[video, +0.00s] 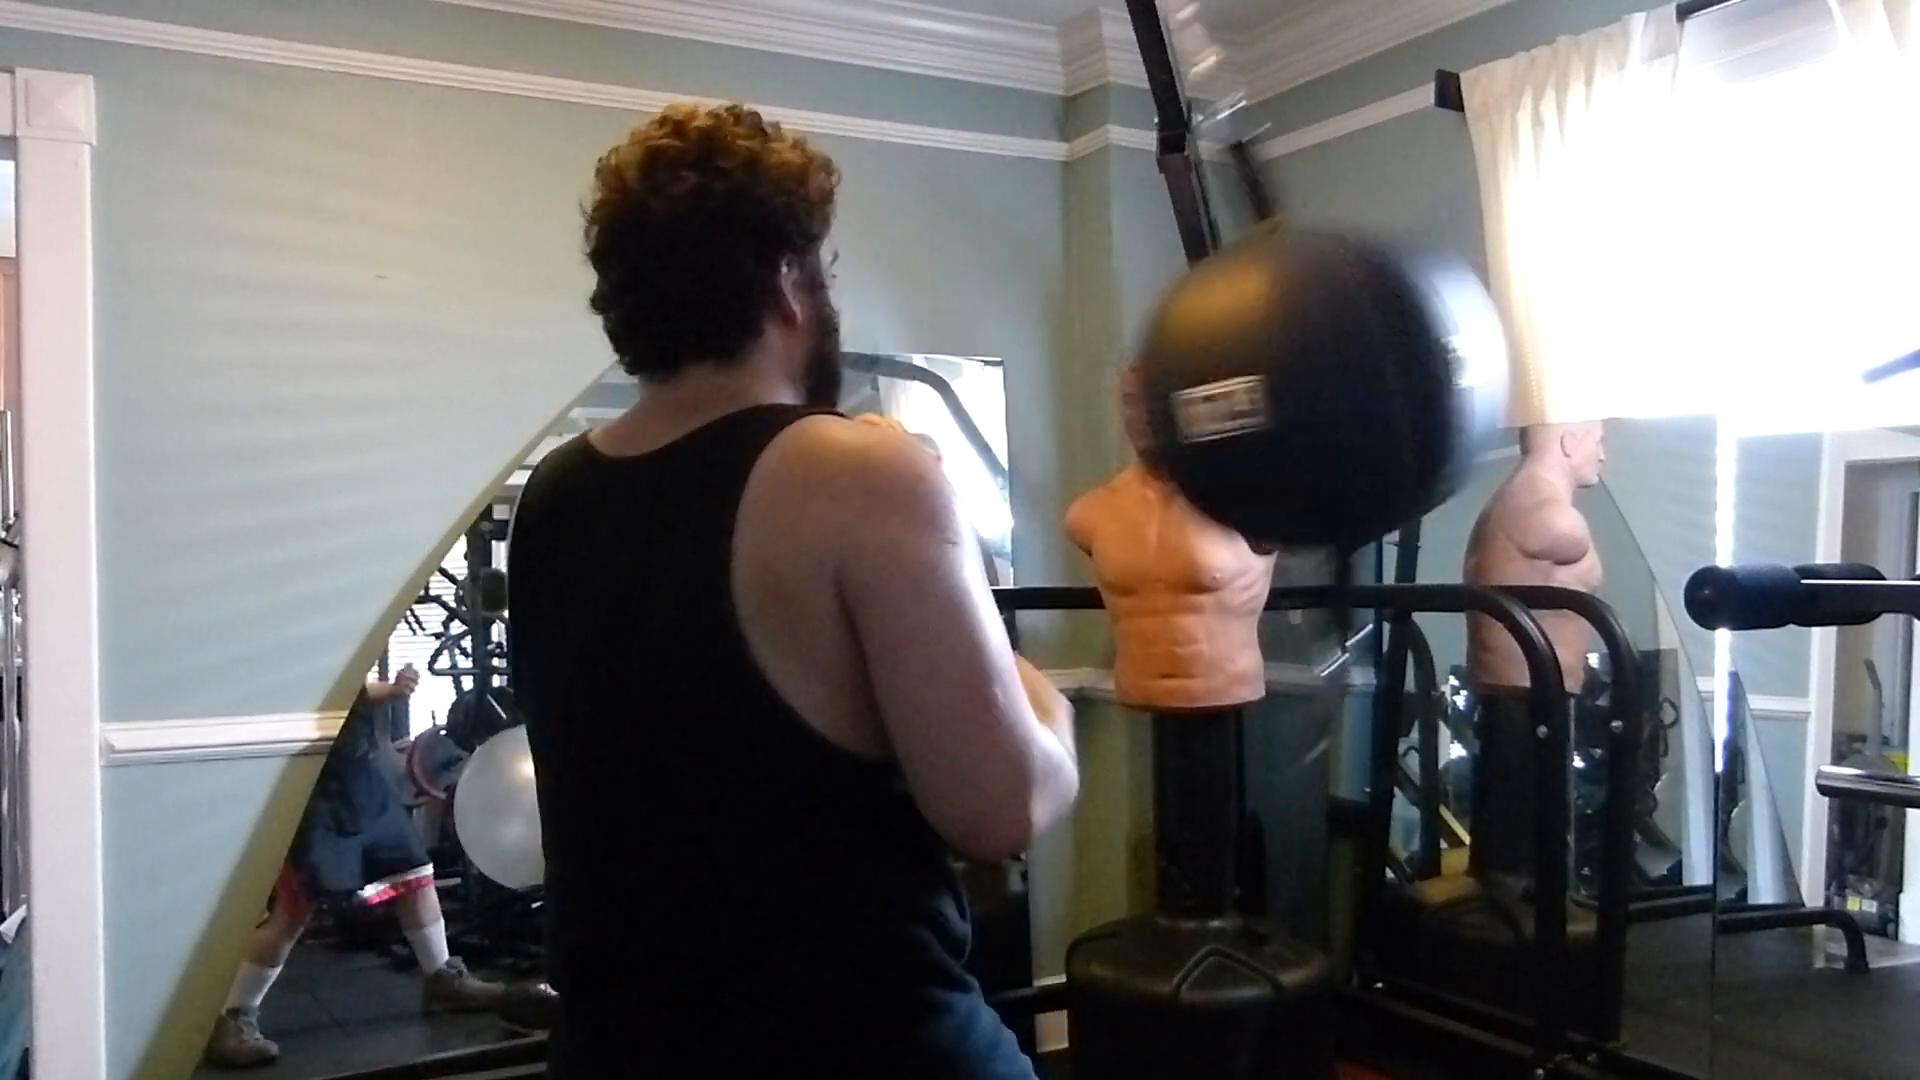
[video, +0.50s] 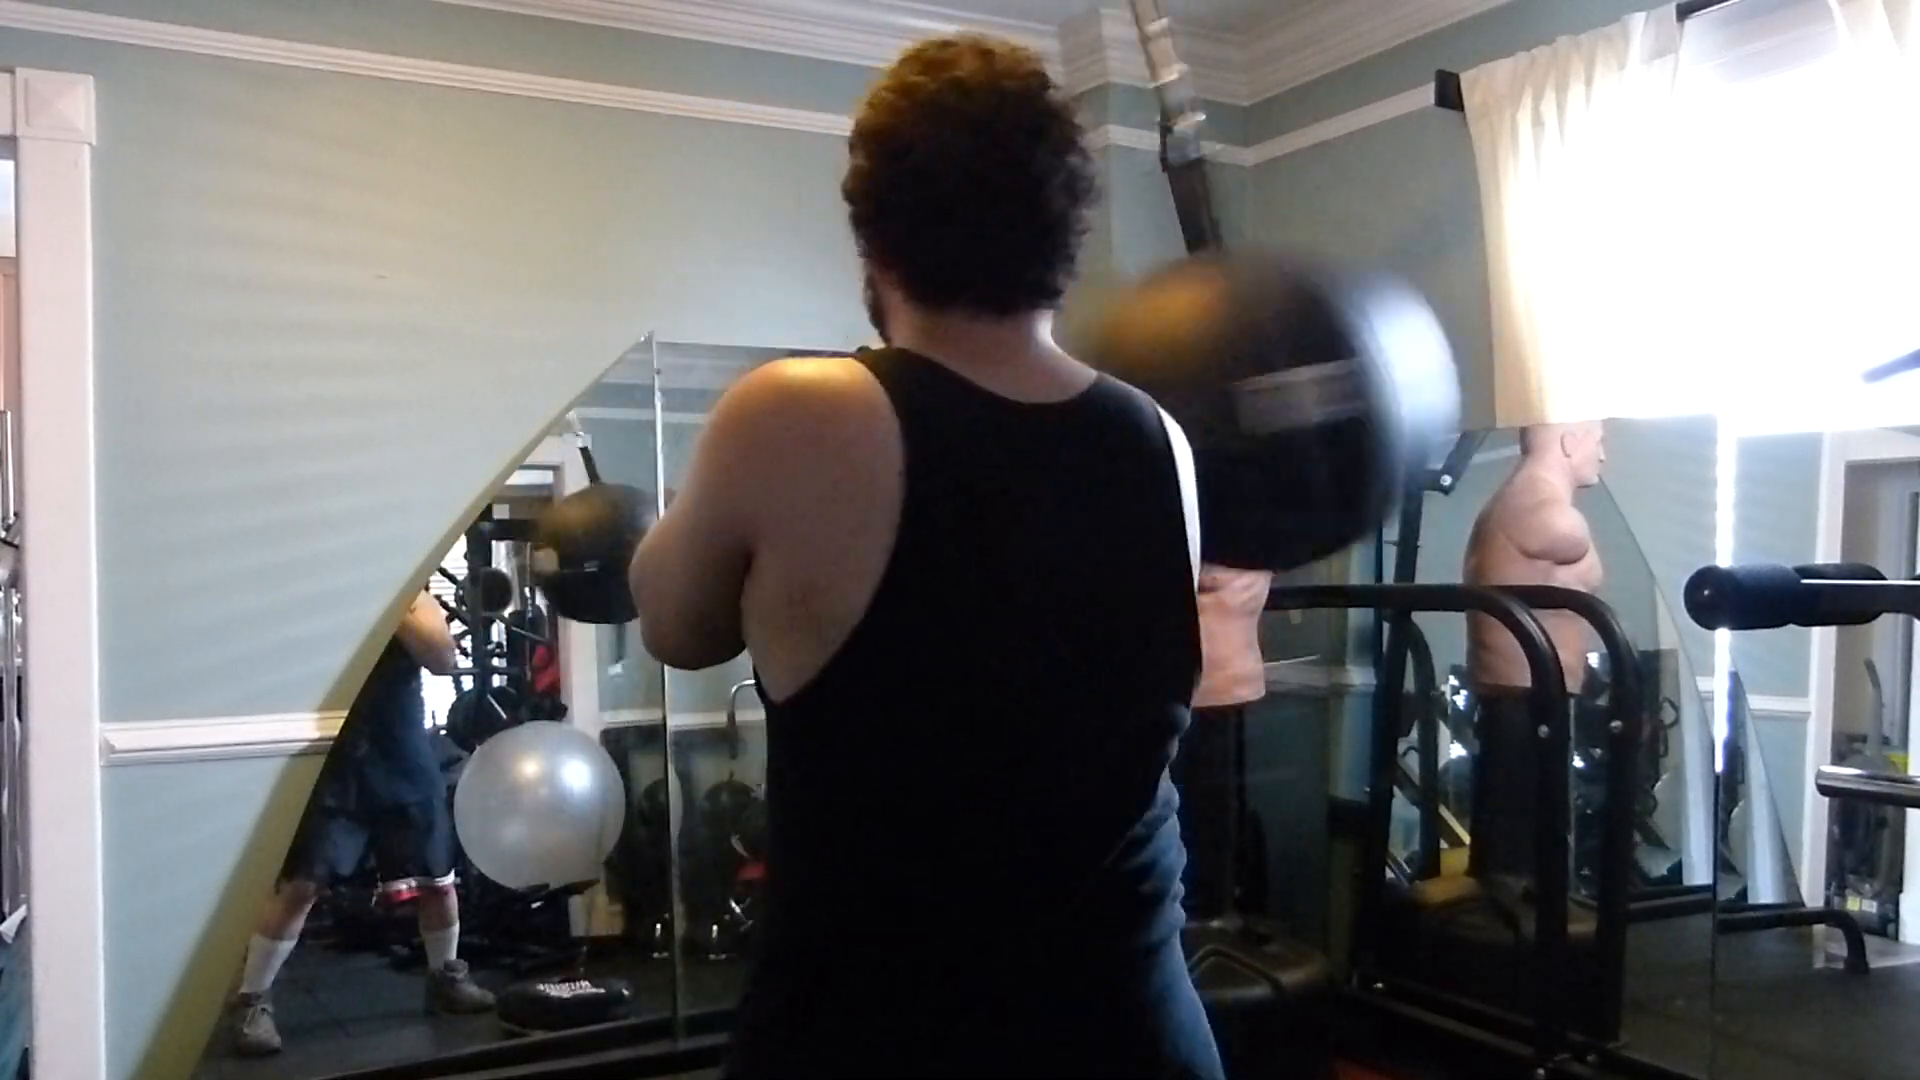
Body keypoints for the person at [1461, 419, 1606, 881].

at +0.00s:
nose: (1603, 454)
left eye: (1602, 439)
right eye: (1597, 438)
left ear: (1557, 441)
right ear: (1566, 441)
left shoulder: (1511, 499)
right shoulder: (1539, 500)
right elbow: (1592, 574)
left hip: (1510, 696)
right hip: (1529, 700)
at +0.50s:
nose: (1603, 454)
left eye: (1602, 440)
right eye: (1597, 439)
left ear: (1555, 441)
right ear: (1567, 441)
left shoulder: (1508, 501)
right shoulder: (1540, 499)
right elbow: (1593, 575)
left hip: (1505, 689)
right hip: (1530, 693)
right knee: (1529, 800)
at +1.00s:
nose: (1604, 455)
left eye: (1603, 440)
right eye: (1598, 438)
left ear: (1556, 441)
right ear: (1566, 441)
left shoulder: (1513, 498)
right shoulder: (1540, 499)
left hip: (1508, 691)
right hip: (1530, 696)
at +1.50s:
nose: (1602, 454)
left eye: (1602, 440)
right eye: (1597, 439)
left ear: (1555, 440)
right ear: (1567, 440)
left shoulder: (1514, 499)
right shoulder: (1540, 503)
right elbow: (1593, 575)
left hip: (1512, 696)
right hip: (1529, 700)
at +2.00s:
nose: (1603, 455)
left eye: (1602, 440)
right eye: (1597, 438)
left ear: (1555, 440)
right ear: (1567, 440)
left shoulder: (1507, 502)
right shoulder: (1539, 500)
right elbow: (1594, 575)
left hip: (1508, 697)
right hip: (1531, 700)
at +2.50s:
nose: (1603, 455)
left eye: (1602, 441)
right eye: (1598, 439)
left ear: (1556, 441)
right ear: (1567, 441)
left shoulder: (1508, 500)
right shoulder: (1539, 495)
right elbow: (1593, 575)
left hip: (1507, 690)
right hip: (1529, 694)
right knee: (1530, 805)